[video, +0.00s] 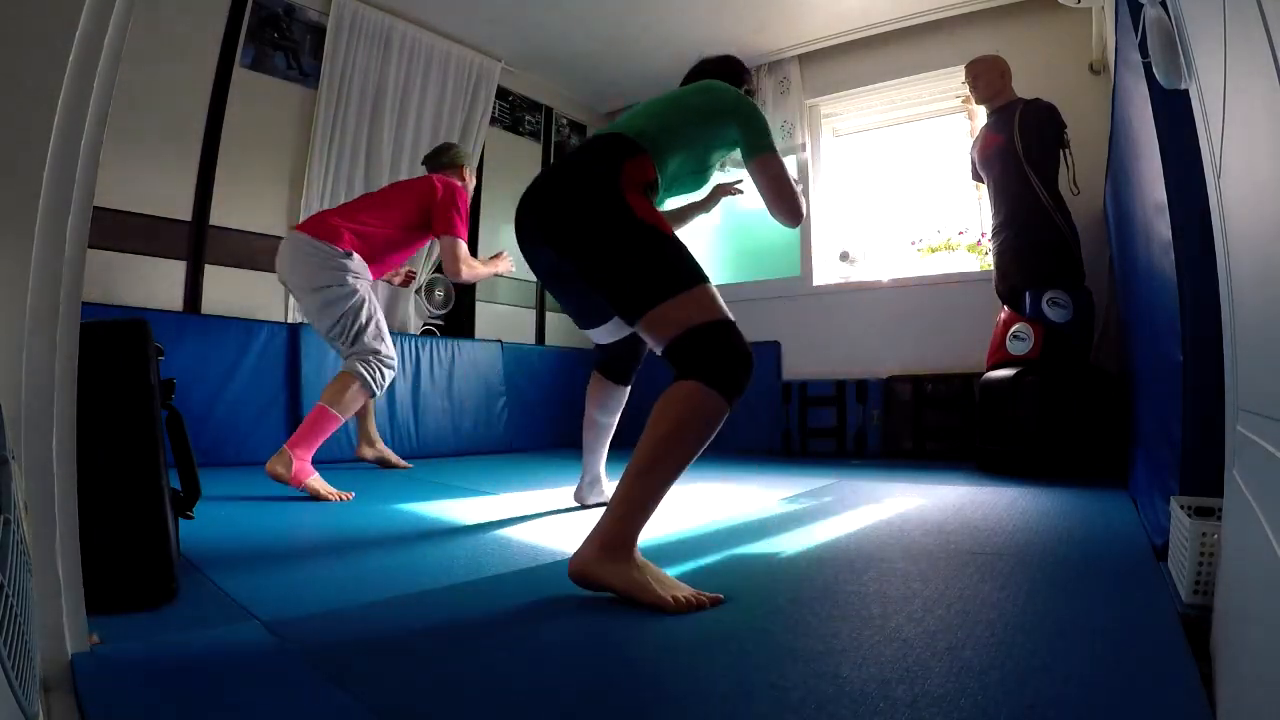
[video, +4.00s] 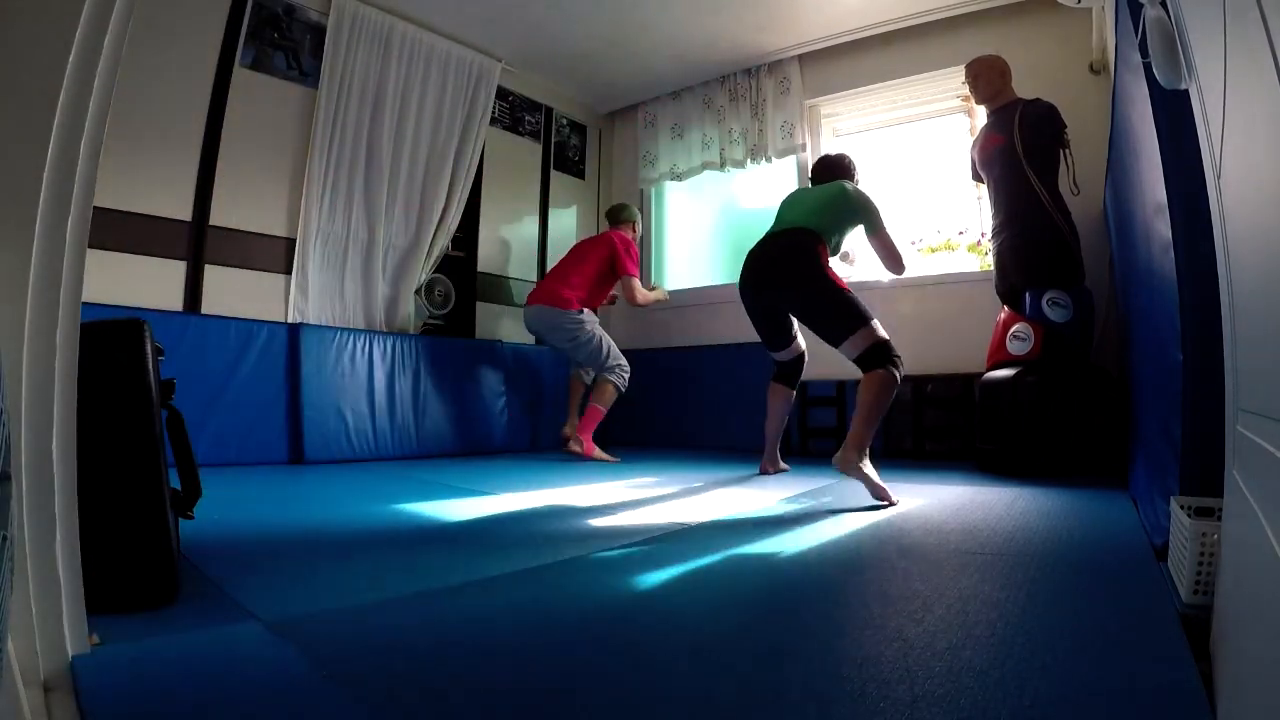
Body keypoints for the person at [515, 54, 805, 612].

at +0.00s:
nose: (755, 100)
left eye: (753, 91)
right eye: (753, 93)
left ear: (693, 84)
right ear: (739, 85)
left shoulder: (652, 112)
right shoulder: (736, 104)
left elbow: (644, 222)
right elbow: (789, 213)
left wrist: (710, 200)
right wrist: (783, 185)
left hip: (541, 215)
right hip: (601, 205)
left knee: (621, 348)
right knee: (720, 358)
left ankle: (591, 483)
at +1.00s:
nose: (599, 14)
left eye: (603, 9)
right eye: (603, 3)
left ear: (582, 10)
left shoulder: (471, 47)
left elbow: (465, 164)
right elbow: (616, 98)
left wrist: (571, 139)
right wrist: (653, 100)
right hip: (291, 78)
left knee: (413, 284)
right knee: (424, 261)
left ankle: (342, 512)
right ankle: (215, 554)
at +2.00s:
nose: (631, 23)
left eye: (633, 15)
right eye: (633, 10)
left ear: (602, 12)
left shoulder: (513, 65)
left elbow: (543, 176)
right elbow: (646, 91)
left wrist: (635, 128)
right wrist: (685, 106)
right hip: (350, 106)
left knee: (480, 305)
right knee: (497, 274)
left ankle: (416, 507)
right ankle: (295, 567)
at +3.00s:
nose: (785, 101)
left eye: (780, 94)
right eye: (783, 95)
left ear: (726, 93)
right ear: (774, 91)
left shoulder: (696, 118)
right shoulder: (780, 111)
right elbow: (842, 207)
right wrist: (804, 160)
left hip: (618, 225)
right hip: (683, 215)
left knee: (680, 339)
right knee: (795, 364)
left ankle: (661, 463)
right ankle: (736, 525)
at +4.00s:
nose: (857, 184)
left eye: (856, 179)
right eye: (856, 179)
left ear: (814, 179)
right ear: (849, 179)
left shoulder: (795, 196)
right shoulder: (855, 196)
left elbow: (792, 234)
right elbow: (896, 265)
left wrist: (837, 252)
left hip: (754, 273)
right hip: (801, 268)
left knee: (790, 360)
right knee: (883, 362)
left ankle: (770, 456)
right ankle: (853, 452)